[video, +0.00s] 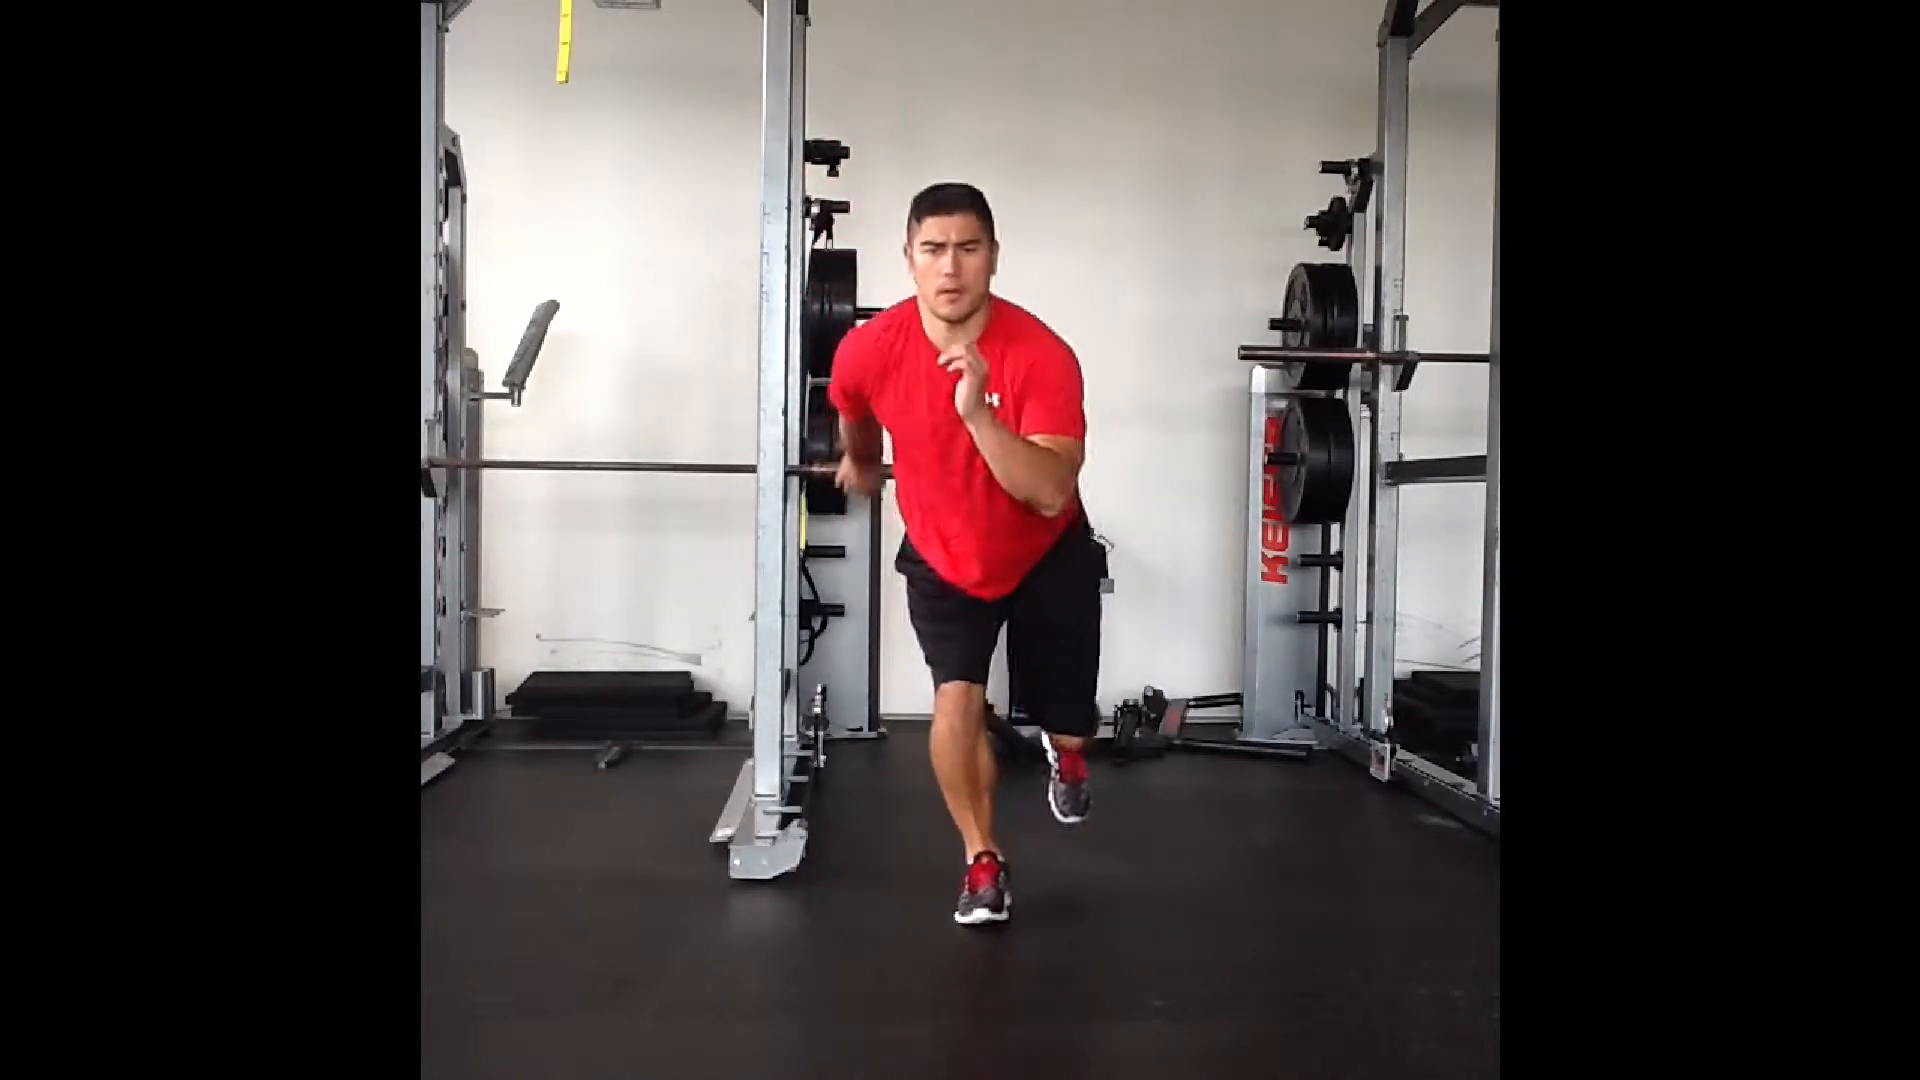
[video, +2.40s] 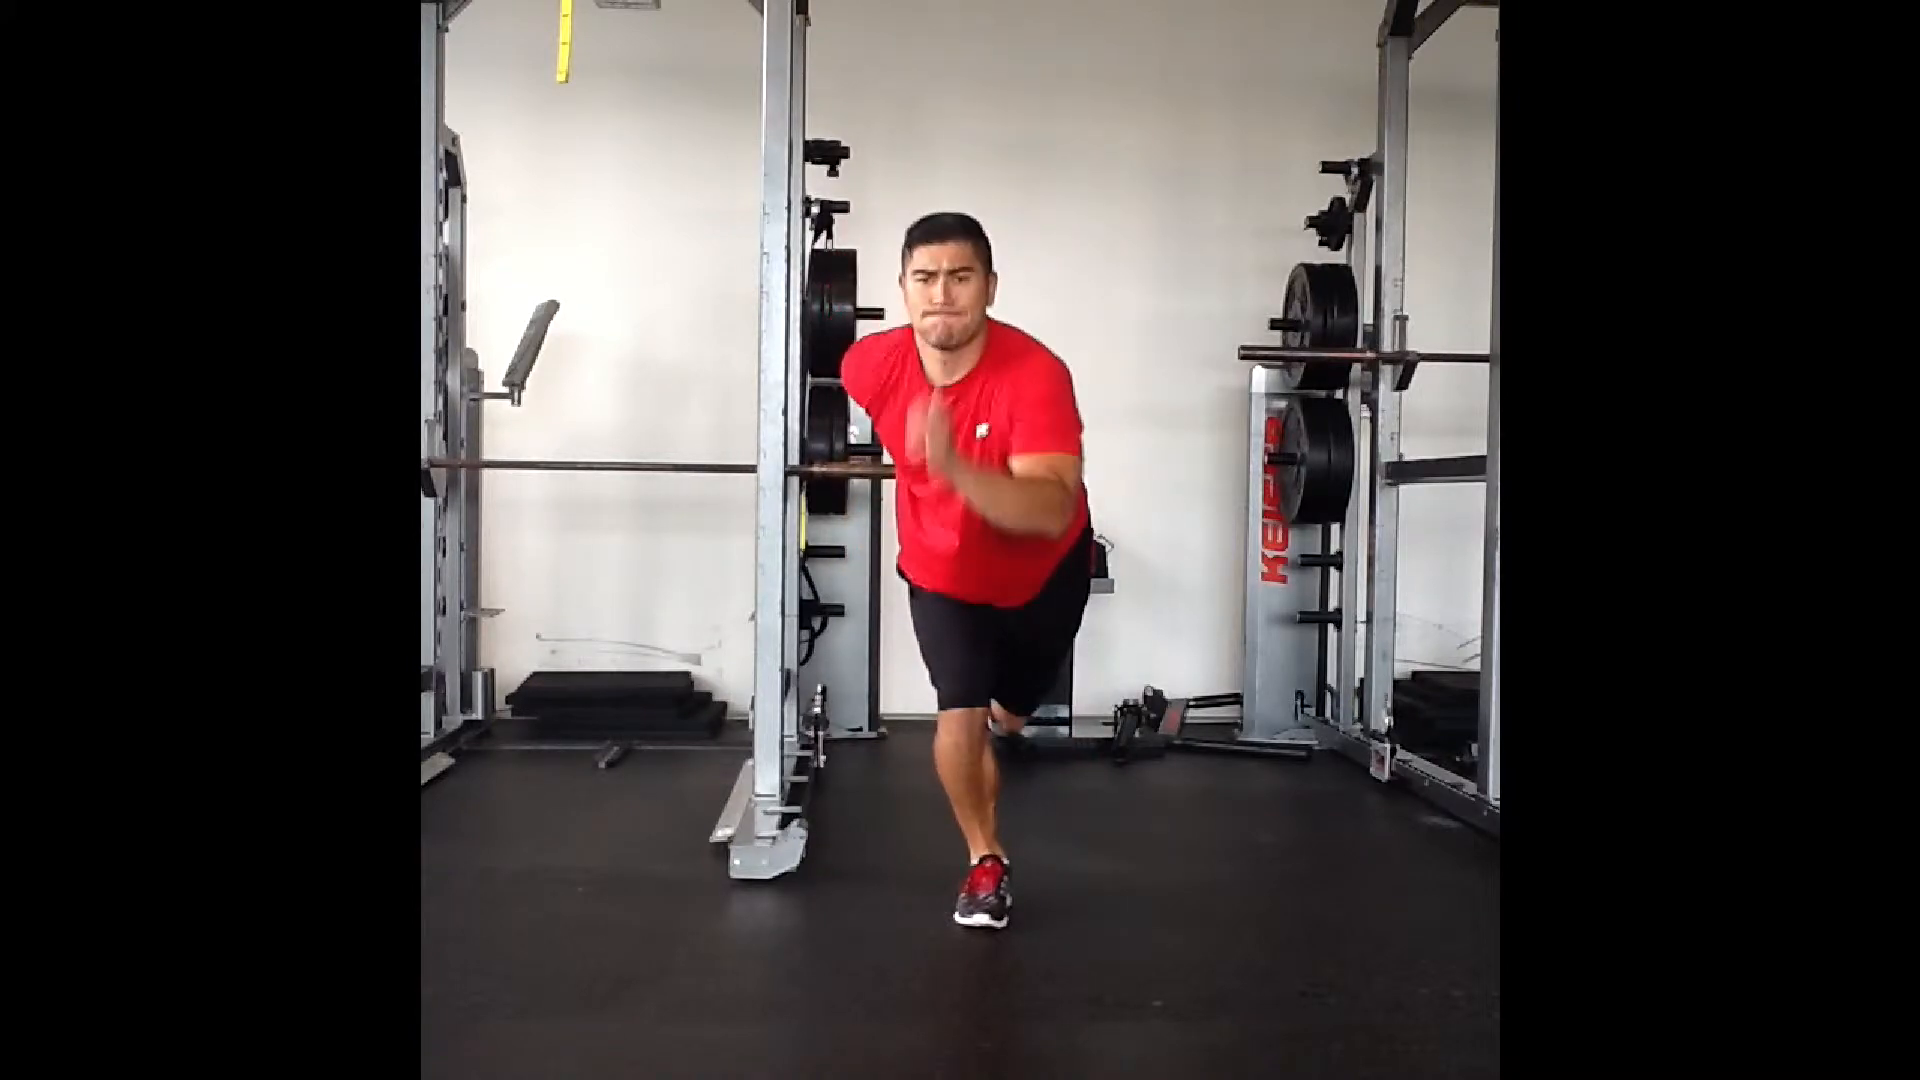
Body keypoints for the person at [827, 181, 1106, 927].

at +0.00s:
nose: (951, 268)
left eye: (968, 249)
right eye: (933, 250)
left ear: (993, 258)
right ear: (909, 260)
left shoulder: (1042, 357)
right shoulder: (870, 350)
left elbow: (1053, 492)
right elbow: (851, 411)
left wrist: (977, 416)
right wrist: (859, 464)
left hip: (1049, 552)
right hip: (943, 558)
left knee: (1065, 710)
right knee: (957, 698)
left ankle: (1067, 752)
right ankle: (981, 860)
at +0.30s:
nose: (917, 186)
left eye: (932, 168)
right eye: (898, 172)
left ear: (957, 179)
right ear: (876, 192)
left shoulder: (1026, 278)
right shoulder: (852, 310)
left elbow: (1089, 405)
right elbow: (866, 441)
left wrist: (1051, 505)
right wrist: (878, 547)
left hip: (1063, 512)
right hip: (955, 532)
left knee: (1102, 673)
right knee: (959, 692)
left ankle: (1103, 734)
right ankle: (981, 860)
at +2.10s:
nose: (952, 189)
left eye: (970, 173)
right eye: (936, 173)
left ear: (999, 188)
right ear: (914, 188)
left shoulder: (1050, 297)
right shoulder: (872, 290)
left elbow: (1086, 433)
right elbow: (858, 375)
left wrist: (999, 436)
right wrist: (871, 463)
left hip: (1042, 525)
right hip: (936, 536)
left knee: (1055, 671)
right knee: (956, 686)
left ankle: (1040, 698)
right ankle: (982, 859)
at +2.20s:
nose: (951, 243)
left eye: (968, 227)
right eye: (934, 228)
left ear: (997, 240)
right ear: (914, 242)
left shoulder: (1041, 339)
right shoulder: (875, 329)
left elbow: (1054, 454)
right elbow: (893, 412)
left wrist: (960, 361)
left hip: (1043, 553)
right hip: (941, 555)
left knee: (1031, 695)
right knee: (959, 692)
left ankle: (994, 728)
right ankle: (982, 859)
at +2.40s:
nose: (941, 296)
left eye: (959, 277)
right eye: (924, 277)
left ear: (990, 287)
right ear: (902, 288)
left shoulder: (1036, 374)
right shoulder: (871, 368)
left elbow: (1053, 510)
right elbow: (906, 436)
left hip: (1044, 575)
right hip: (944, 574)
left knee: (1015, 710)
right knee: (963, 711)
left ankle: (1001, 717)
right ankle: (985, 862)